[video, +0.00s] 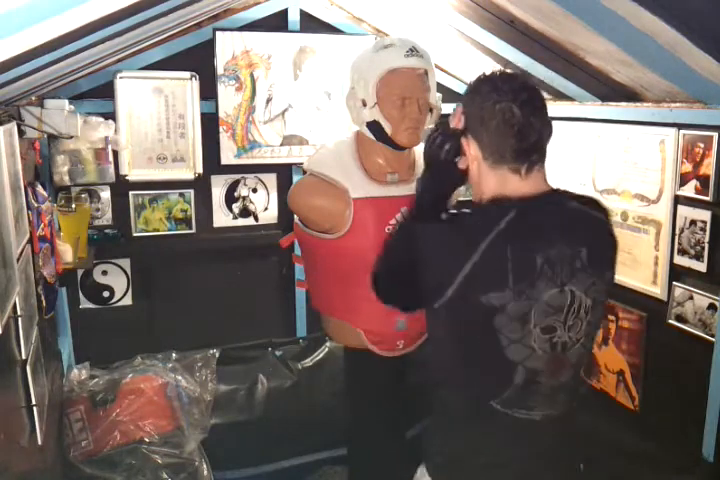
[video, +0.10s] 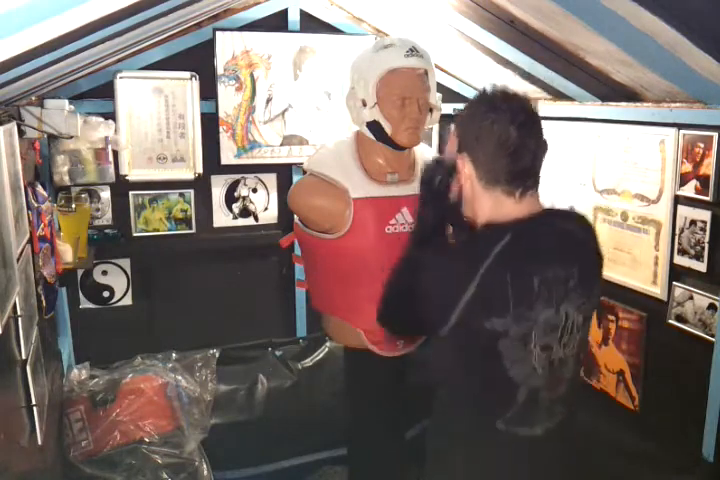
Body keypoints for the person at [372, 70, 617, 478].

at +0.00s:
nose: (458, 152)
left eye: (460, 140)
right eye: (458, 141)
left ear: (471, 152)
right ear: (543, 141)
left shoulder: (445, 239)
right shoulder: (594, 224)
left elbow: (390, 286)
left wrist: (433, 187)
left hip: (468, 445)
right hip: (558, 443)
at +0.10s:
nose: (451, 171)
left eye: (453, 161)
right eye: (451, 162)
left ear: (466, 172)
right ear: (536, 160)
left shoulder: (460, 262)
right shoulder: (579, 236)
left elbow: (397, 319)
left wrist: (429, 217)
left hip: (472, 447)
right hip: (554, 440)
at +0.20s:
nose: (457, 165)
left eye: (460, 155)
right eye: (459, 155)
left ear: (471, 165)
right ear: (539, 163)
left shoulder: (456, 271)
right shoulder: (579, 242)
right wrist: (466, 240)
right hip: (545, 452)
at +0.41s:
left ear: (505, 82)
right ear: (580, 90)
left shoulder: (459, 145)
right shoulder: (590, 177)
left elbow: (415, 105)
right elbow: (651, 209)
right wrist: (594, 131)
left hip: (439, 379)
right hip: (531, 396)